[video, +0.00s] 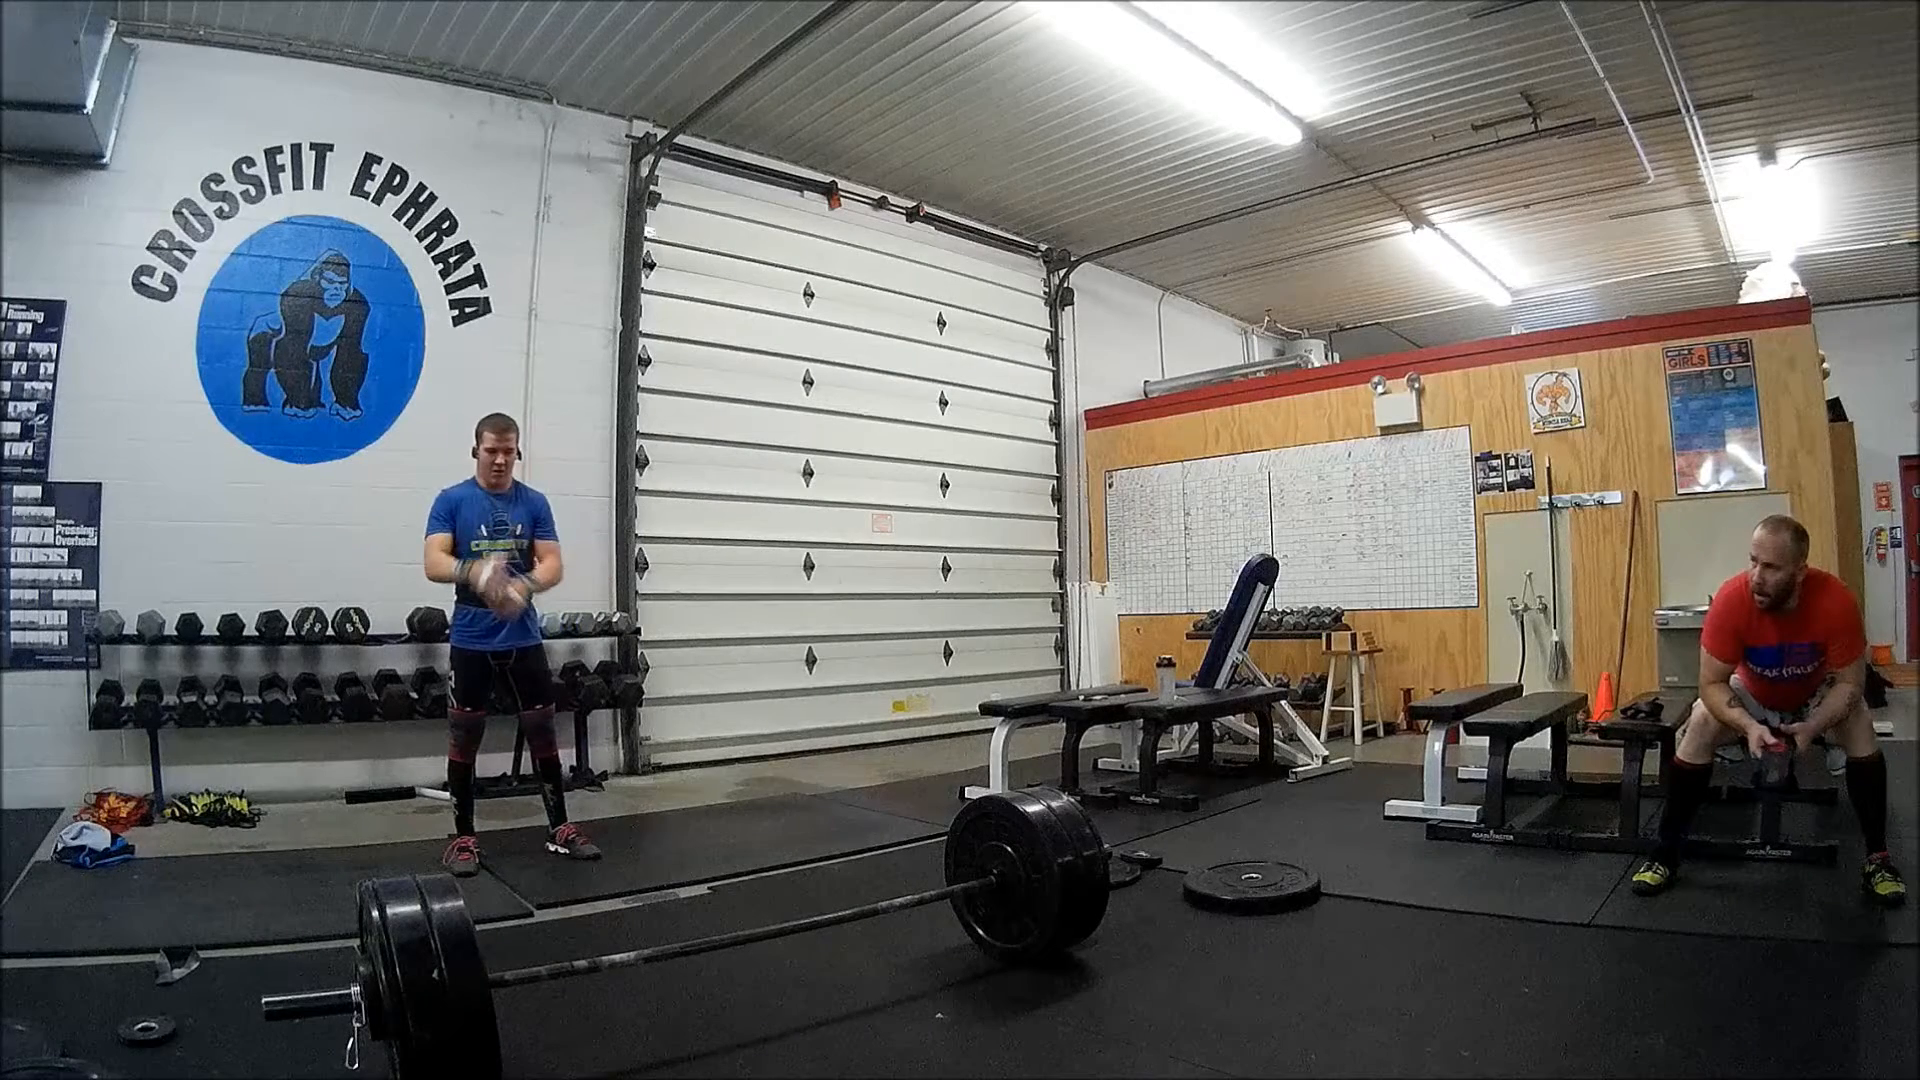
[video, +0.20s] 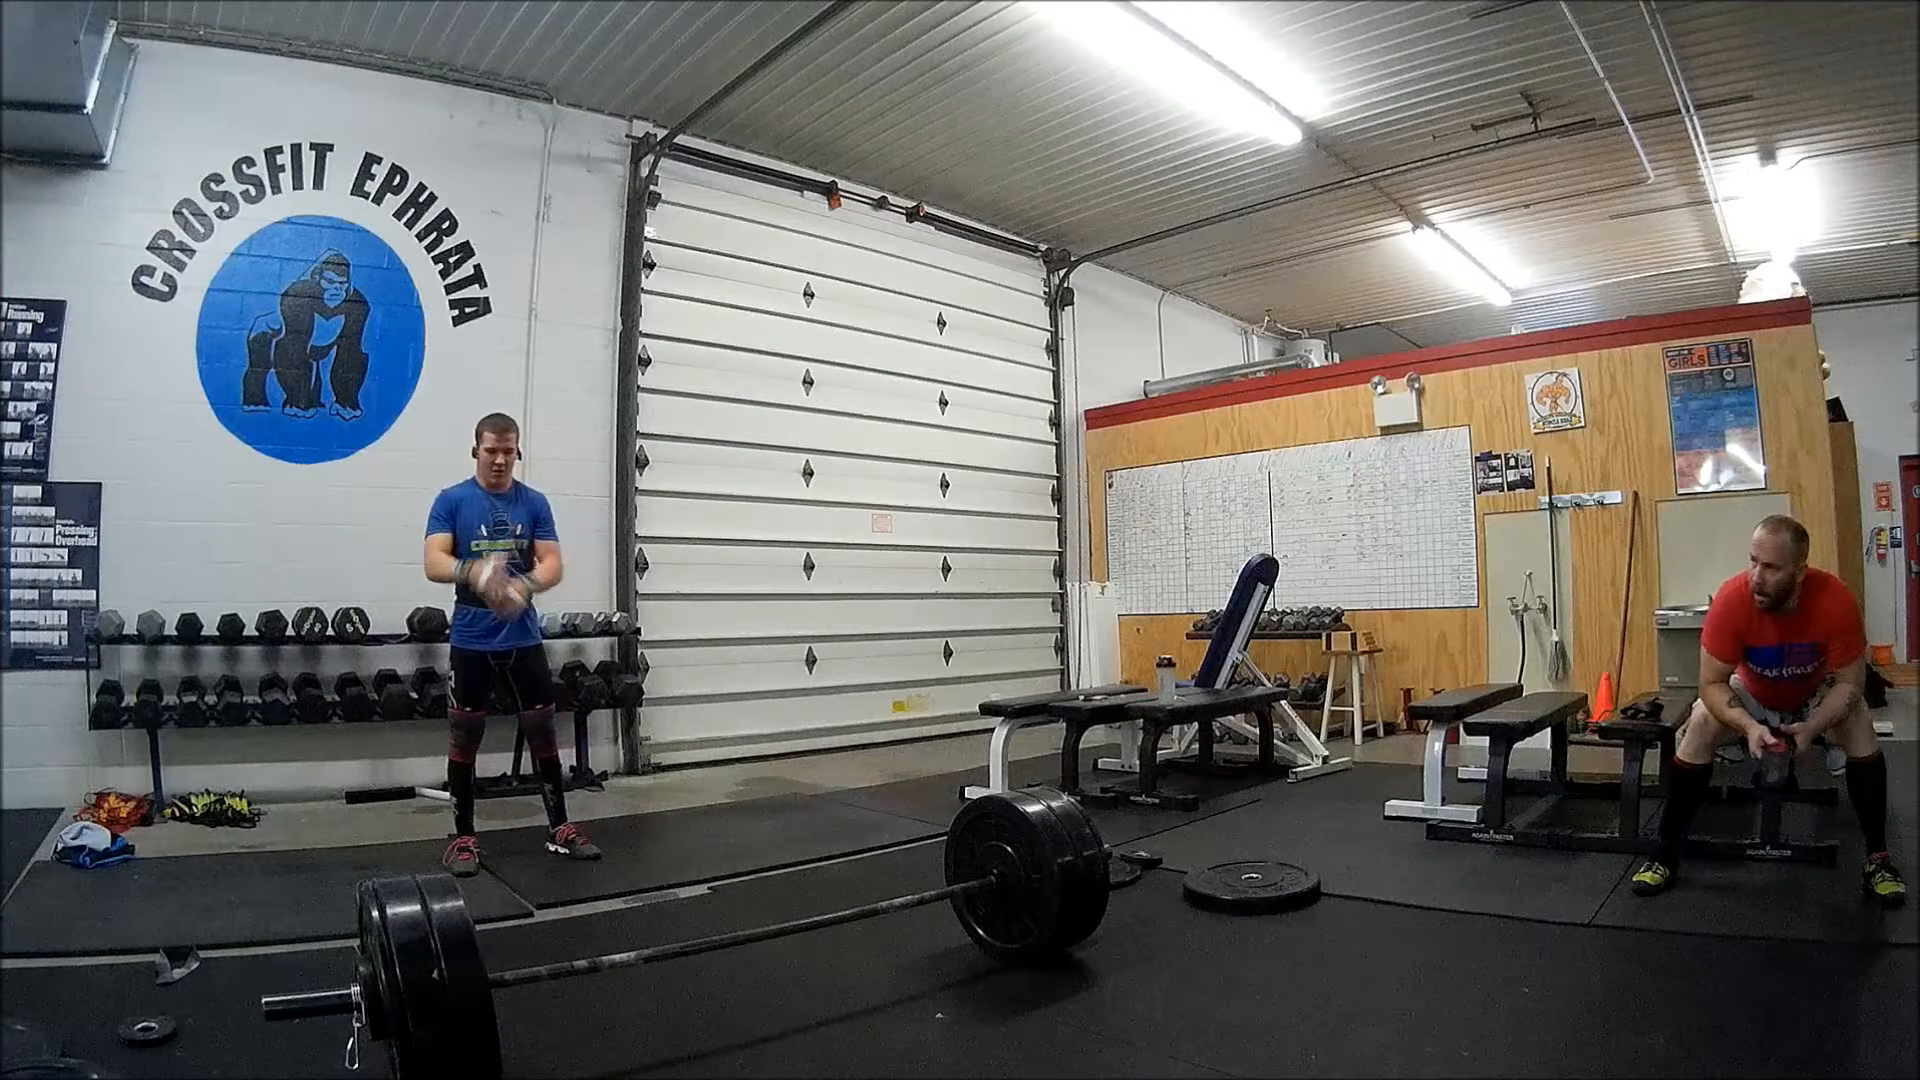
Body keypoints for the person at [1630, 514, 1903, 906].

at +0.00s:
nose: (1757, 577)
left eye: (1771, 567)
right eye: (1753, 563)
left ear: (1801, 568)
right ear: (1748, 558)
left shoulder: (1835, 601)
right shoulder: (1730, 599)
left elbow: (1850, 681)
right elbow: (1711, 683)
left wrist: (1812, 727)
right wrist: (1748, 726)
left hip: (1815, 695)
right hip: (1751, 694)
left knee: (1859, 723)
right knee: (1700, 721)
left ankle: (1878, 858)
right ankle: (1665, 856)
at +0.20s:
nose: (1757, 577)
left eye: (1771, 567)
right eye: (1753, 563)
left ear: (1801, 568)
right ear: (1748, 558)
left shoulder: (1835, 601)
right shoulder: (1730, 599)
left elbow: (1850, 682)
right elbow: (1711, 683)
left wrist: (1811, 727)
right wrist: (1748, 726)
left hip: (1815, 696)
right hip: (1751, 695)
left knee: (1858, 722)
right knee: (1701, 721)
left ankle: (1878, 857)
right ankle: (1665, 856)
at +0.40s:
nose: (1757, 577)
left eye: (1771, 568)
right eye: (1753, 563)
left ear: (1801, 568)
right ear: (1748, 558)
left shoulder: (1834, 600)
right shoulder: (1730, 599)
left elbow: (1850, 682)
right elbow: (1711, 683)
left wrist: (1811, 727)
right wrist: (1748, 726)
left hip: (1815, 696)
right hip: (1751, 695)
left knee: (1859, 723)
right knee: (1701, 721)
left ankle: (1878, 857)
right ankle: (1665, 856)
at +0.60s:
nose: (1757, 577)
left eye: (1771, 568)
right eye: (1753, 563)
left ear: (1801, 568)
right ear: (1748, 558)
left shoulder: (1834, 600)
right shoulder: (1730, 599)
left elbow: (1850, 682)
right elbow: (1711, 683)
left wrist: (1811, 727)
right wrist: (1748, 726)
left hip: (1815, 696)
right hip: (1751, 695)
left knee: (1859, 723)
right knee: (1701, 721)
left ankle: (1878, 857)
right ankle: (1665, 856)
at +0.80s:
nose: (1757, 577)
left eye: (1771, 568)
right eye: (1753, 563)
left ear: (1801, 568)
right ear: (1748, 558)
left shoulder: (1834, 600)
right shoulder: (1730, 599)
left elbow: (1850, 682)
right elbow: (1711, 683)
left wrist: (1811, 727)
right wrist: (1748, 726)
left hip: (1815, 696)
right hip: (1751, 695)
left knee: (1859, 723)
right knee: (1701, 721)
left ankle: (1878, 857)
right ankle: (1665, 856)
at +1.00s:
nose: (1757, 577)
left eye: (1771, 568)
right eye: (1753, 563)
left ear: (1801, 568)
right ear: (1748, 558)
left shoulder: (1834, 600)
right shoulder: (1730, 599)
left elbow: (1850, 682)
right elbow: (1711, 683)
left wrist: (1811, 727)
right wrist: (1748, 726)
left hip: (1815, 696)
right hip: (1751, 695)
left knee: (1859, 723)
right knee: (1701, 721)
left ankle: (1878, 857)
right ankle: (1665, 856)